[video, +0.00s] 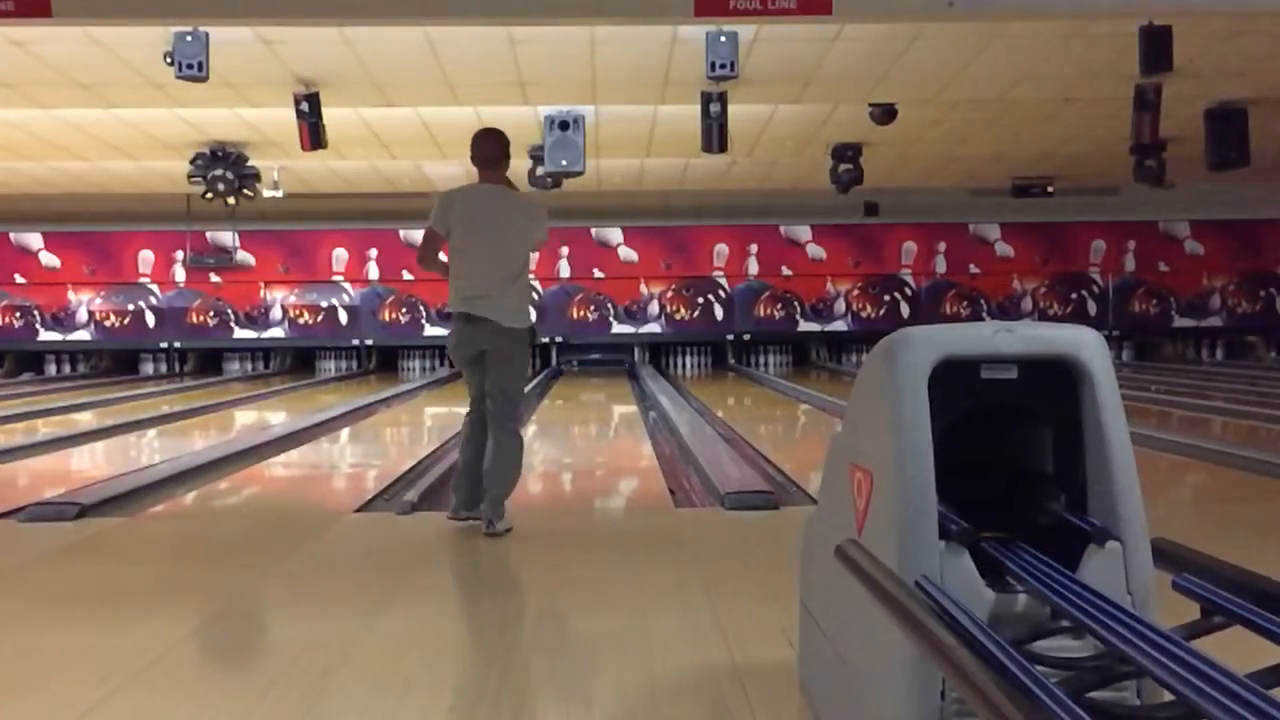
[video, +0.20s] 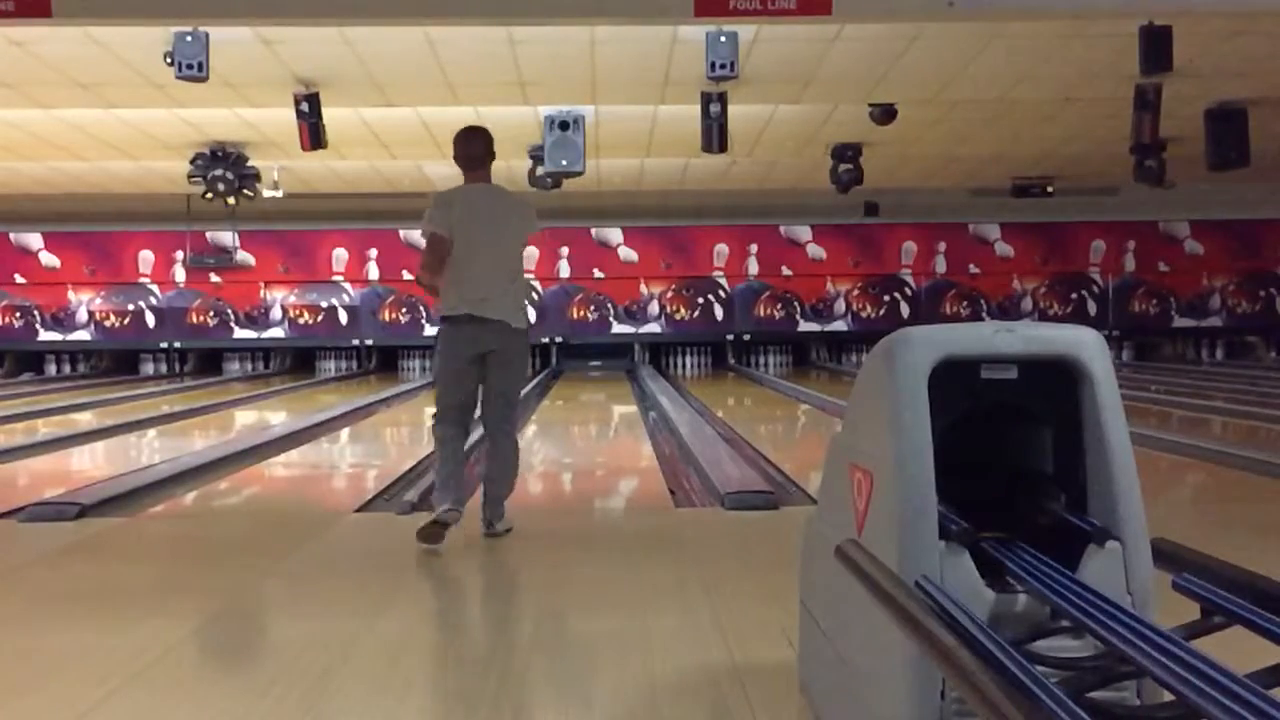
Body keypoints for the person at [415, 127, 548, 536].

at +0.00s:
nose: (486, 164)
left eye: (479, 157)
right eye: (496, 155)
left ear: (472, 160)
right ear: (508, 160)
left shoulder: (453, 201)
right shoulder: (529, 206)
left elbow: (424, 257)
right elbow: (535, 244)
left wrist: (456, 270)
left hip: (465, 324)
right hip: (508, 326)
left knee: (478, 408)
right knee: (505, 417)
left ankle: (465, 503)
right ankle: (494, 513)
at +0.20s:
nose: (461, 160)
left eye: (459, 154)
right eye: (471, 152)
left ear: (456, 159)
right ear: (493, 157)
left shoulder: (447, 202)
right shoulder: (519, 206)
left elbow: (433, 263)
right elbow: (521, 246)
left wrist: (426, 275)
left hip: (459, 328)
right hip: (509, 329)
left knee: (450, 417)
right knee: (502, 421)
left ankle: (448, 504)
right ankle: (495, 515)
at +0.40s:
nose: (436, 155)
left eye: (442, 147)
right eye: (438, 147)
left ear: (460, 154)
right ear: (478, 157)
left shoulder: (454, 202)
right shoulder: (490, 204)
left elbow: (444, 270)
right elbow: (469, 266)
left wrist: (414, 281)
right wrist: (428, 226)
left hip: (449, 335)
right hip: (487, 335)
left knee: (429, 441)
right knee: (485, 427)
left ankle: (444, 540)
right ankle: (491, 510)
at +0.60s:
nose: (432, 130)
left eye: (441, 122)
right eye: (434, 121)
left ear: (465, 132)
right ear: (452, 131)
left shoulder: (464, 184)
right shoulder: (440, 181)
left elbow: (437, 259)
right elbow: (404, 246)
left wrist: (400, 258)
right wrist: (416, 201)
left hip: (460, 326)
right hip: (440, 325)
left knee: (444, 429)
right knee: (426, 425)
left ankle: (446, 538)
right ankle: (436, 525)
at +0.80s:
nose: (426, 130)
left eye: (438, 123)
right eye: (423, 121)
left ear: (461, 131)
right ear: (417, 127)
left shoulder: (468, 186)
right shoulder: (397, 179)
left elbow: (435, 261)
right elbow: (394, 239)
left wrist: (385, 257)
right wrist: (425, 189)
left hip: (463, 335)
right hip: (407, 331)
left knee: (460, 447)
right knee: (393, 442)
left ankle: (451, 543)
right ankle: (380, 551)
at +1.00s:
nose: (406, 129)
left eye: (416, 119)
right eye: (398, 120)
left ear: (437, 126)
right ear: (389, 126)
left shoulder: (461, 183)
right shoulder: (369, 180)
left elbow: (456, 261)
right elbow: (390, 242)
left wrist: (393, 265)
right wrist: (425, 186)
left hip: (449, 337)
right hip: (387, 334)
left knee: (446, 452)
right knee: (397, 453)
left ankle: (446, 542)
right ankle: (390, 568)